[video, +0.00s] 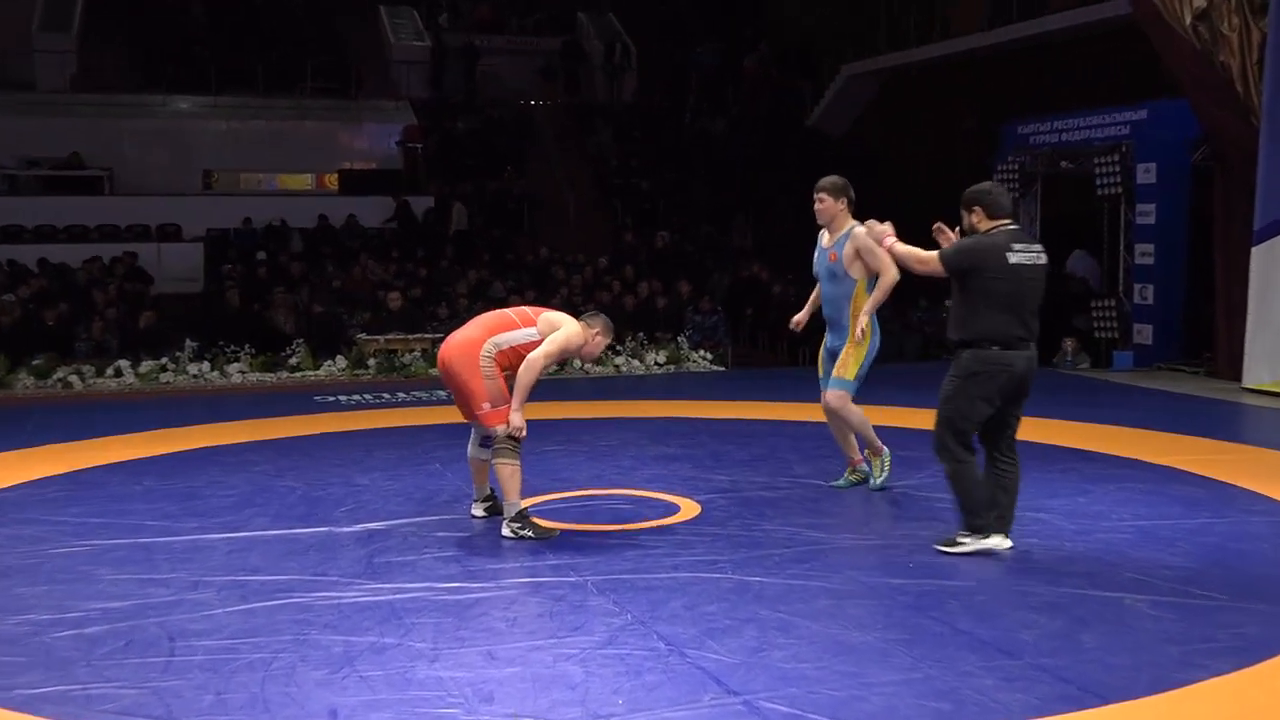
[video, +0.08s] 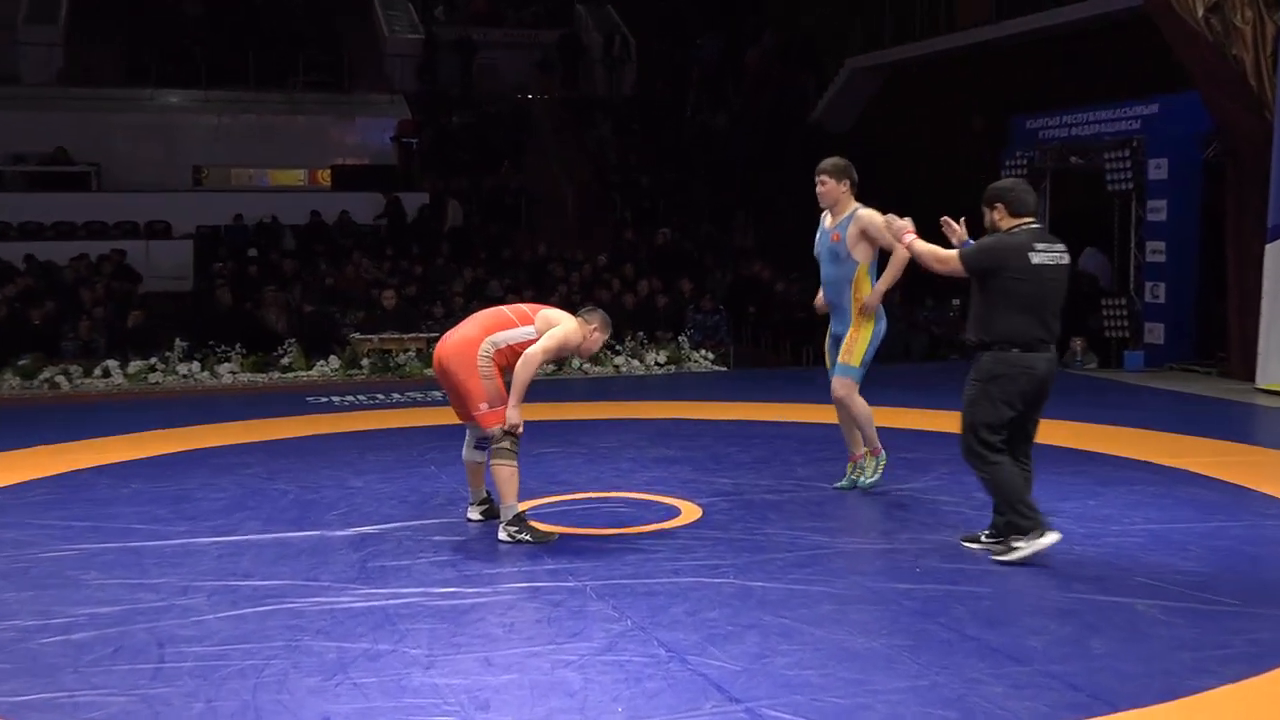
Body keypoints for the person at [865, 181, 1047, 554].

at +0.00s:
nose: (966, 223)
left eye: (967, 217)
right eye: (966, 217)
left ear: (980, 214)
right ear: (1006, 213)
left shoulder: (977, 248)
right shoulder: (1034, 249)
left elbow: (920, 262)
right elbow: (993, 268)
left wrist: (888, 241)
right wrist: (958, 248)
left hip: (981, 360)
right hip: (1021, 359)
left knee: (951, 438)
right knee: (1001, 442)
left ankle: (978, 529)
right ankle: (997, 530)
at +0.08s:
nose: (987, 220)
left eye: (988, 214)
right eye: (988, 213)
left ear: (1001, 212)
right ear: (1030, 211)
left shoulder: (998, 246)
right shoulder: (1056, 248)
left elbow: (940, 261)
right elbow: (1005, 267)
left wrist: (908, 239)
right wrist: (967, 245)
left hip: (1001, 362)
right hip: (1041, 361)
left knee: (981, 446)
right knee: (1017, 447)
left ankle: (1029, 528)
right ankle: (1003, 529)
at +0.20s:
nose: (1021, 216)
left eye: (1022, 210)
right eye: (1020, 210)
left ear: (1036, 209)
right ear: (1066, 208)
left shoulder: (1037, 247)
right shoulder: (1092, 247)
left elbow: (973, 263)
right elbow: (1033, 263)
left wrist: (939, 236)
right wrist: (992, 236)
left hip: (1037, 366)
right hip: (1074, 365)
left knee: (1030, 459)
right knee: (1039, 457)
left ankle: (1101, 534)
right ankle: (1018, 540)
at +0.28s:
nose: (1044, 216)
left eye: (1045, 210)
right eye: (1042, 210)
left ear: (1059, 208)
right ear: (1091, 207)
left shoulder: (1062, 249)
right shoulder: (1118, 248)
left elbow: (999, 266)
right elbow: (1061, 261)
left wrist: (961, 237)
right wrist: (1020, 236)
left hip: (1064, 373)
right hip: (1101, 370)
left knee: (1065, 464)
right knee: (1057, 459)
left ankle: (1133, 553)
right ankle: (1029, 544)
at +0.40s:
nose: (1081, 216)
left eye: (1082, 210)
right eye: (1080, 210)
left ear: (1096, 206)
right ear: (1128, 205)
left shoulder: (1105, 251)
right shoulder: (1160, 244)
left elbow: (1038, 276)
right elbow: (1115, 253)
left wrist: (995, 253)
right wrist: (1075, 241)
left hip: (1112, 376)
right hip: (1147, 374)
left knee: (1117, 474)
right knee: (1093, 464)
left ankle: (1167, 577)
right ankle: (1049, 547)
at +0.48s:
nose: (1110, 207)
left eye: (1110, 200)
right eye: (1109, 200)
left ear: (1125, 198)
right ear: (1157, 195)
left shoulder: (1135, 245)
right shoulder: (1189, 234)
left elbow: (1074, 285)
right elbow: (1147, 257)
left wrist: (1018, 281)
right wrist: (1108, 242)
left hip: (1143, 374)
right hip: (1181, 372)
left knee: (1146, 473)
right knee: (1121, 464)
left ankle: (1182, 584)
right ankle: (1074, 545)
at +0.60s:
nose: (1148, 194)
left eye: (1149, 187)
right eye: (1147, 188)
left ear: (1166, 182)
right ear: (1202, 180)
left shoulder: (1180, 232)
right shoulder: (1233, 219)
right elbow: (1202, 252)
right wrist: (1158, 235)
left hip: (1189, 371)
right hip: (1225, 366)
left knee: (1188, 476)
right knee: (1169, 463)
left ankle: (1203, 592)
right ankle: (1141, 558)